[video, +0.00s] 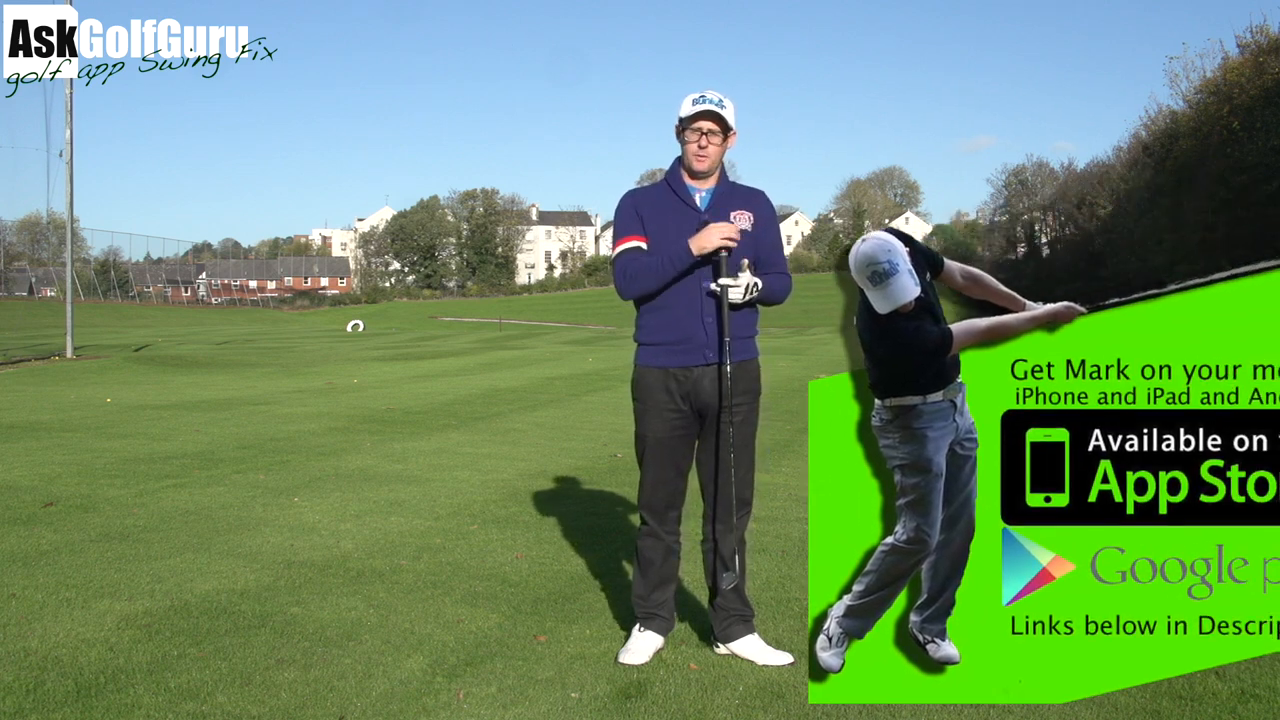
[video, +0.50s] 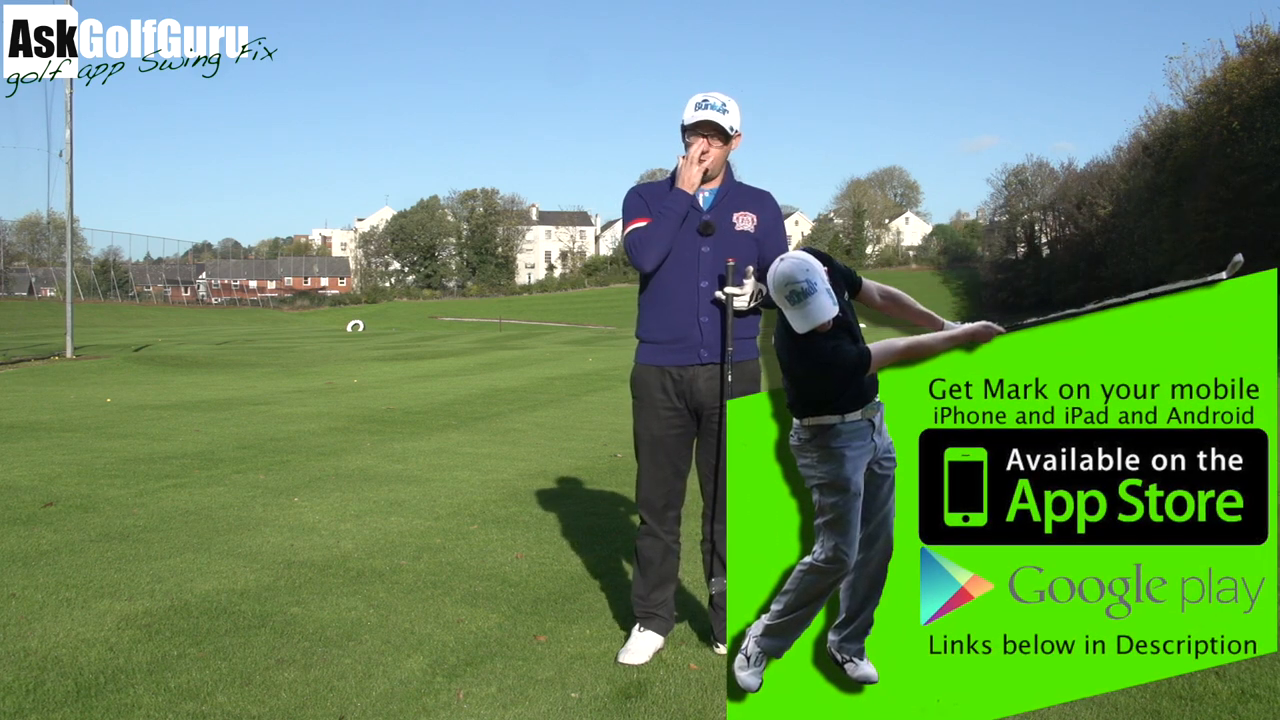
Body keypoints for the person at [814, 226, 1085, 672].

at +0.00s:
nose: (905, 304)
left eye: (907, 290)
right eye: (893, 301)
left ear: (905, 264)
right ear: (867, 288)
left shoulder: (902, 250)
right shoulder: (886, 328)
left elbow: (962, 277)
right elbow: (977, 333)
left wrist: (1027, 306)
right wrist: (1045, 317)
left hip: (953, 406)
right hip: (910, 420)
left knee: (956, 527)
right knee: (917, 535)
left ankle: (928, 623)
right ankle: (844, 621)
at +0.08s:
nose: (881, 310)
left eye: (883, 296)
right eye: (869, 308)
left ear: (882, 269)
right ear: (844, 293)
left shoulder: (878, 255)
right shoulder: (864, 334)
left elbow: (940, 283)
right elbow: (954, 339)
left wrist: (1004, 312)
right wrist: (1023, 322)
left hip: (930, 411)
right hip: (886, 425)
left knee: (933, 533)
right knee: (894, 541)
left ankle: (905, 628)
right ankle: (820, 627)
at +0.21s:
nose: (853, 316)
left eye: (855, 302)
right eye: (841, 314)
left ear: (854, 276)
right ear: (816, 301)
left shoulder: (850, 262)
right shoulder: (837, 341)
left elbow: (910, 289)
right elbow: (931, 344)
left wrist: (976, 319)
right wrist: (995, 329)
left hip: (901, 418)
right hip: (859, 432)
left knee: (904, 539)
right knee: (865, 548)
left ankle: (876, 635)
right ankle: (792, 634)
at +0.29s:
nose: (839, 320)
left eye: (841, 307)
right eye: (827, 318)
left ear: (840, 280)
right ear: (802, 304)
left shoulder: (836, 266)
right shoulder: (823, 345)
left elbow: (895, 292)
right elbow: (916, 348)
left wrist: (961, 322)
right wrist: (980, 332)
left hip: (886, 422)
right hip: (844, 435)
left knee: (890, 543)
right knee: (850, 551)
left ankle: (861, 639)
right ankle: (777, 638)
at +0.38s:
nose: (829, 323)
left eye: (831, 310)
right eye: (817, 320)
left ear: (830, 283)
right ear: (793, 307)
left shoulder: (825, 268)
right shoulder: (814, 349)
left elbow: (886, 295)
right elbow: (907, 350)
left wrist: (952, 325)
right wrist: (969, 335)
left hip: (877, 423)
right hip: (834, 437)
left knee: (880, 545)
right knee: (841, 554)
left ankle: (852, 641)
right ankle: (768, 640)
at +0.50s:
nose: (823, 323)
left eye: (825, 310)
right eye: (811, 321)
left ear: (823, 284)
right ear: (786, 308)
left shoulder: (818, 268)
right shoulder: (809, 351)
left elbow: (880, 296)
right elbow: (899, 352)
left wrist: (946, 327)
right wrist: (963, 337)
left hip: (871, 425)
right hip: (828, 439)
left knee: (874, 547)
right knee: (835, 555)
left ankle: (846, 643)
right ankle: (762, 641)